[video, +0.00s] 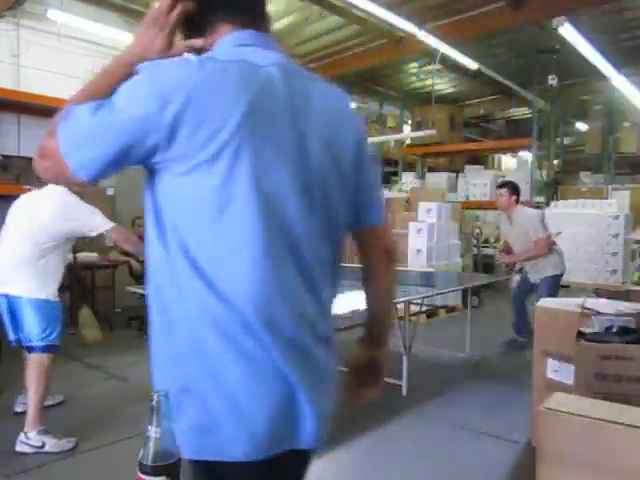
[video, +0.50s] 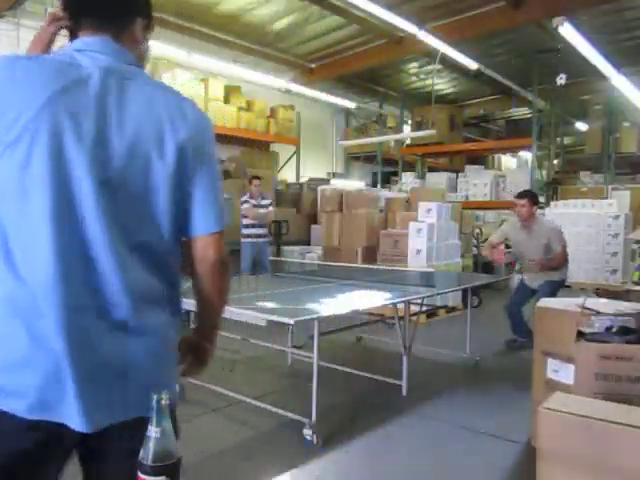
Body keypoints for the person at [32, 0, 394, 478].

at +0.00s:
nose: (191, 44)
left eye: (189, 32)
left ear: (199, 25)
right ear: (265, 20)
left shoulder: (180, 86)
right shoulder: (334, 106)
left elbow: (51, 160)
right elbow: (377, 244)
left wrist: (134, 55)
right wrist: (375, 345)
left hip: (214, 394)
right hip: (306, 387)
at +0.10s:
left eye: (158, 21)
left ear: (167, 30)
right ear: (240, 31)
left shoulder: (139, 99)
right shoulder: (298, 121)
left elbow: (23, 162)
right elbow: (339, 248)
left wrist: (108, 68)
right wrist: (339, 349)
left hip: (168, 389)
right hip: (264, 387)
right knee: (237, 469)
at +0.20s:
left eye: (135, 20)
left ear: (144, 26)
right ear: (215, 32)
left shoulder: (107, 98)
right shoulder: (264, 127)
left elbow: (14, 154)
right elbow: (298, 257)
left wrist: (86, 66)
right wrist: (301, 358)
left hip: (118, 385)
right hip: (218, 388)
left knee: (133, 470)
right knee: (206, 472)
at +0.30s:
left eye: (114, 19)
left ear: (119, 27)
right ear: (193, 28)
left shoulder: (77, 91)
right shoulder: (239, 126)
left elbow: (7, 147)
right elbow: (265, 257)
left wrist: (69, 66)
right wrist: (263, 353)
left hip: (85, 386)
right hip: (192, 387)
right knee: (175, 472)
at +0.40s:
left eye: (83, 19)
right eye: (170, 24)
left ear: (93, 22)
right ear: (167, 28)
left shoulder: (48, 84)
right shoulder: (213, 121)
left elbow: (4, 132)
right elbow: (241, 257)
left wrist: (55, 49)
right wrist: (231, 340)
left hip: (44, 378)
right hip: (160, 386)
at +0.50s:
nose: (147, 39)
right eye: (148, 28)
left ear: (66, 19)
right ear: (141, 27)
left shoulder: (13, 81)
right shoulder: (182, 118)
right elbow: (211, 256)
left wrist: (32, 62)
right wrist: (205, 335)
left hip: (19, 371)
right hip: (132, 378)